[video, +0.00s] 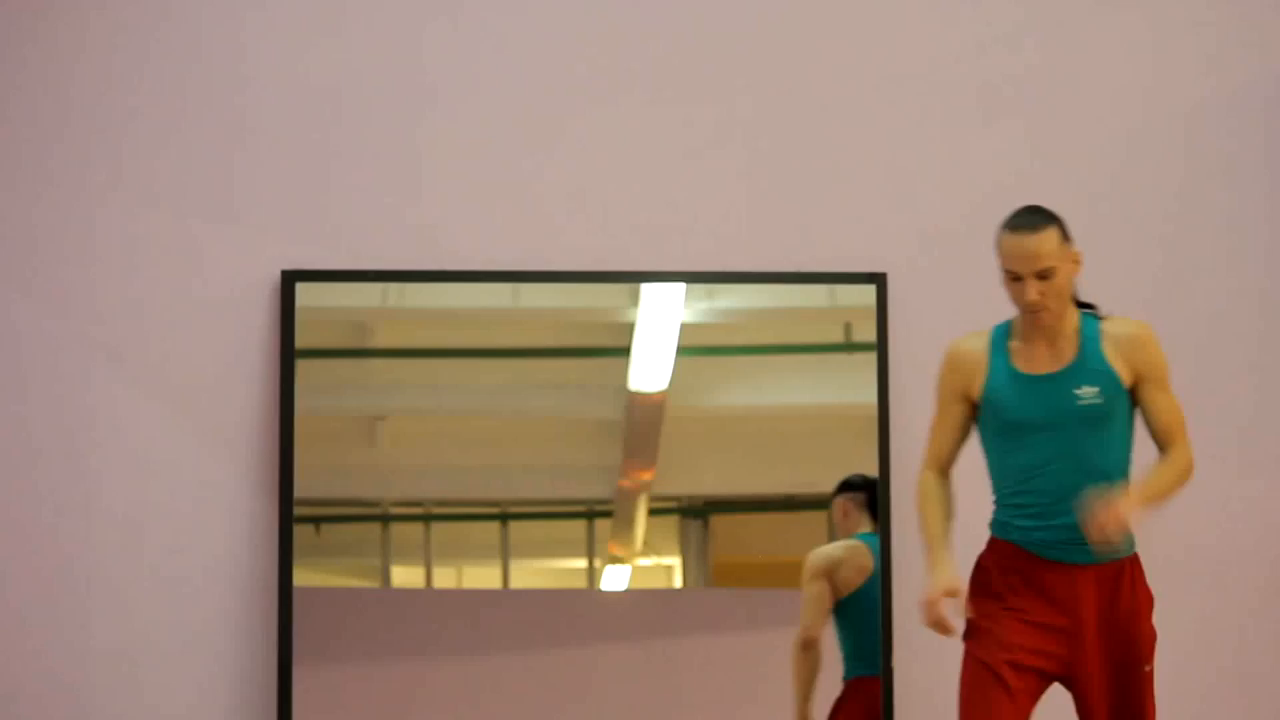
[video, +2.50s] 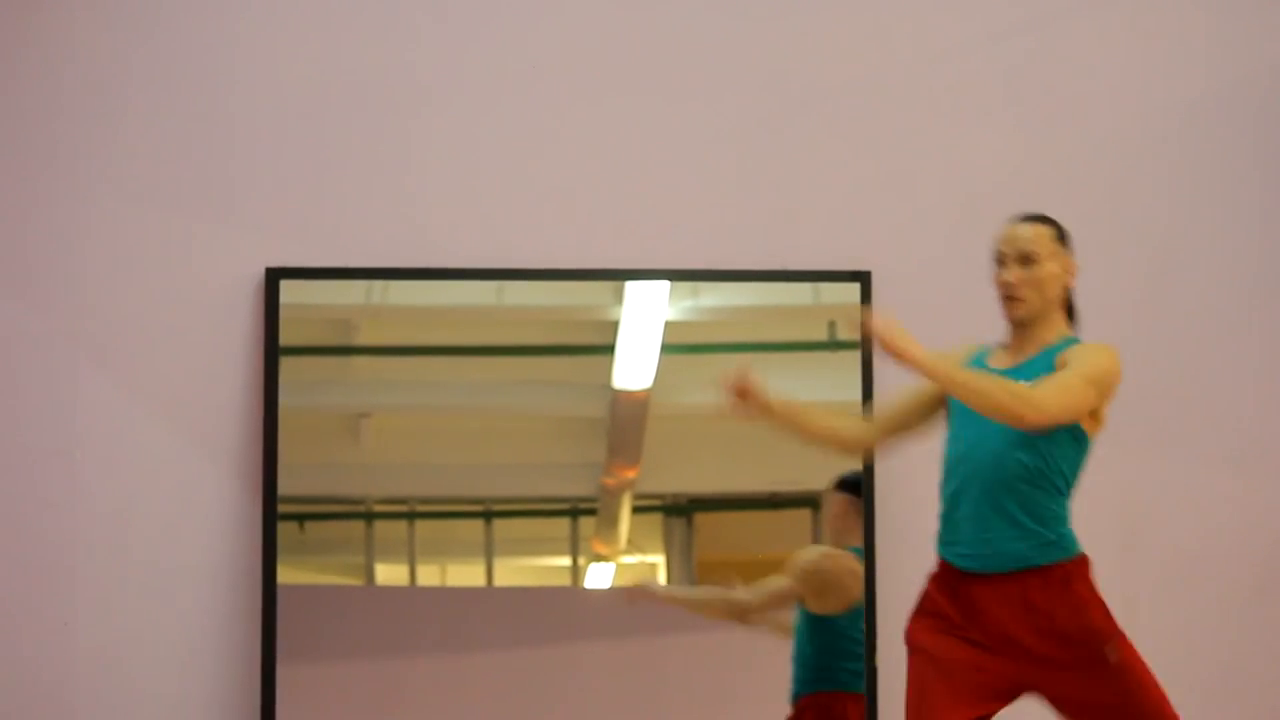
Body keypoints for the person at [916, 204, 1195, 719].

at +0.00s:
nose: (1030, 294)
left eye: (1044, 275)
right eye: (1015, 279)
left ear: (1074, 262)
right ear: (1001, 275)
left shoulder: (1128, 343)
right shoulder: (971, 359)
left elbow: (1178, 455)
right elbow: (935, 470)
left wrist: (1130, 501)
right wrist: (941, 568)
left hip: (1109, 591)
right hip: (1013, 590)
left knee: (1124, 713)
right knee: (984, 712)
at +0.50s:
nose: (1020, 263)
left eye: (1038, 247)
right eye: (1010, 248)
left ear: (1077, 255)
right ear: (1000, 256)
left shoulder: (1125, 338)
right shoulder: (972, 352)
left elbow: (1170, 437)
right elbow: (910, 458)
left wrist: (1155, 486)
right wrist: (923, 512)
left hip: (1116, 582)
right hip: (1021, 584)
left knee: (1152, 712)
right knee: (1006, 713)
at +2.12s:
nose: (1105, 266)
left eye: (1123, 250)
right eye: (1095, 254)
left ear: (1161, 260)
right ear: (1087, 266)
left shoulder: (1203, 357)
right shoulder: (1052, 351)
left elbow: (1214, 449)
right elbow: (1001, 459)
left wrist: (1113, 399)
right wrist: (980, 558)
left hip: (1148, 596)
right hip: (1058, 589)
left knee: (1152, 712)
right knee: (1024, 712)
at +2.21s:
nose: (1090, 273)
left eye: (1108, 257)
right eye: (1082, 260)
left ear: (1149, 268)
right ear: (1074, 272)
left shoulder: (1190, 363)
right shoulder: (1037, 362)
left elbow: (1167, 456)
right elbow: (1009, 486)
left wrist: (1050, 413)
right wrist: (978, 597)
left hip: (1136, 606)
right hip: (1043, 599)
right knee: (1005, 711)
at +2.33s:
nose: (1059, 289)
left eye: (1077, 274)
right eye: (1050, 277)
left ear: (1118, 285)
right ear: (1043, 291)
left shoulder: (1143, 366)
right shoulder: (1030, 386)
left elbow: (1041, 398)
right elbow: (988, 497)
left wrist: (961, 370)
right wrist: (895, 575)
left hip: (1109, 626)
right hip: (1014, 622)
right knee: (970, 711)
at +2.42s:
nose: (1037, 290)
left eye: (1055, 275)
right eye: (1029, 278)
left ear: (1095, 285)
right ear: (1020, 288)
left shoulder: (1113, 366)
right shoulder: (1007, 394)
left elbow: (995, 381)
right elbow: (926, 484)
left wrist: (905, 326)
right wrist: (807, 495)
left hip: (1081, 620)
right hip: (985, 620)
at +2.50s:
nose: (1008, 276)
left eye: (1026, 262)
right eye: (1000, 264)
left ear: (1067, 273)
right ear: (993, 275)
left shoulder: (1093, 362)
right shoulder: (969, 364)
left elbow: (1031, 409)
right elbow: (864, 433)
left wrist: (917, 357)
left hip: (1055, 606)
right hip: (956, 611)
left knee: (1154, 715)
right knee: (928, 712)